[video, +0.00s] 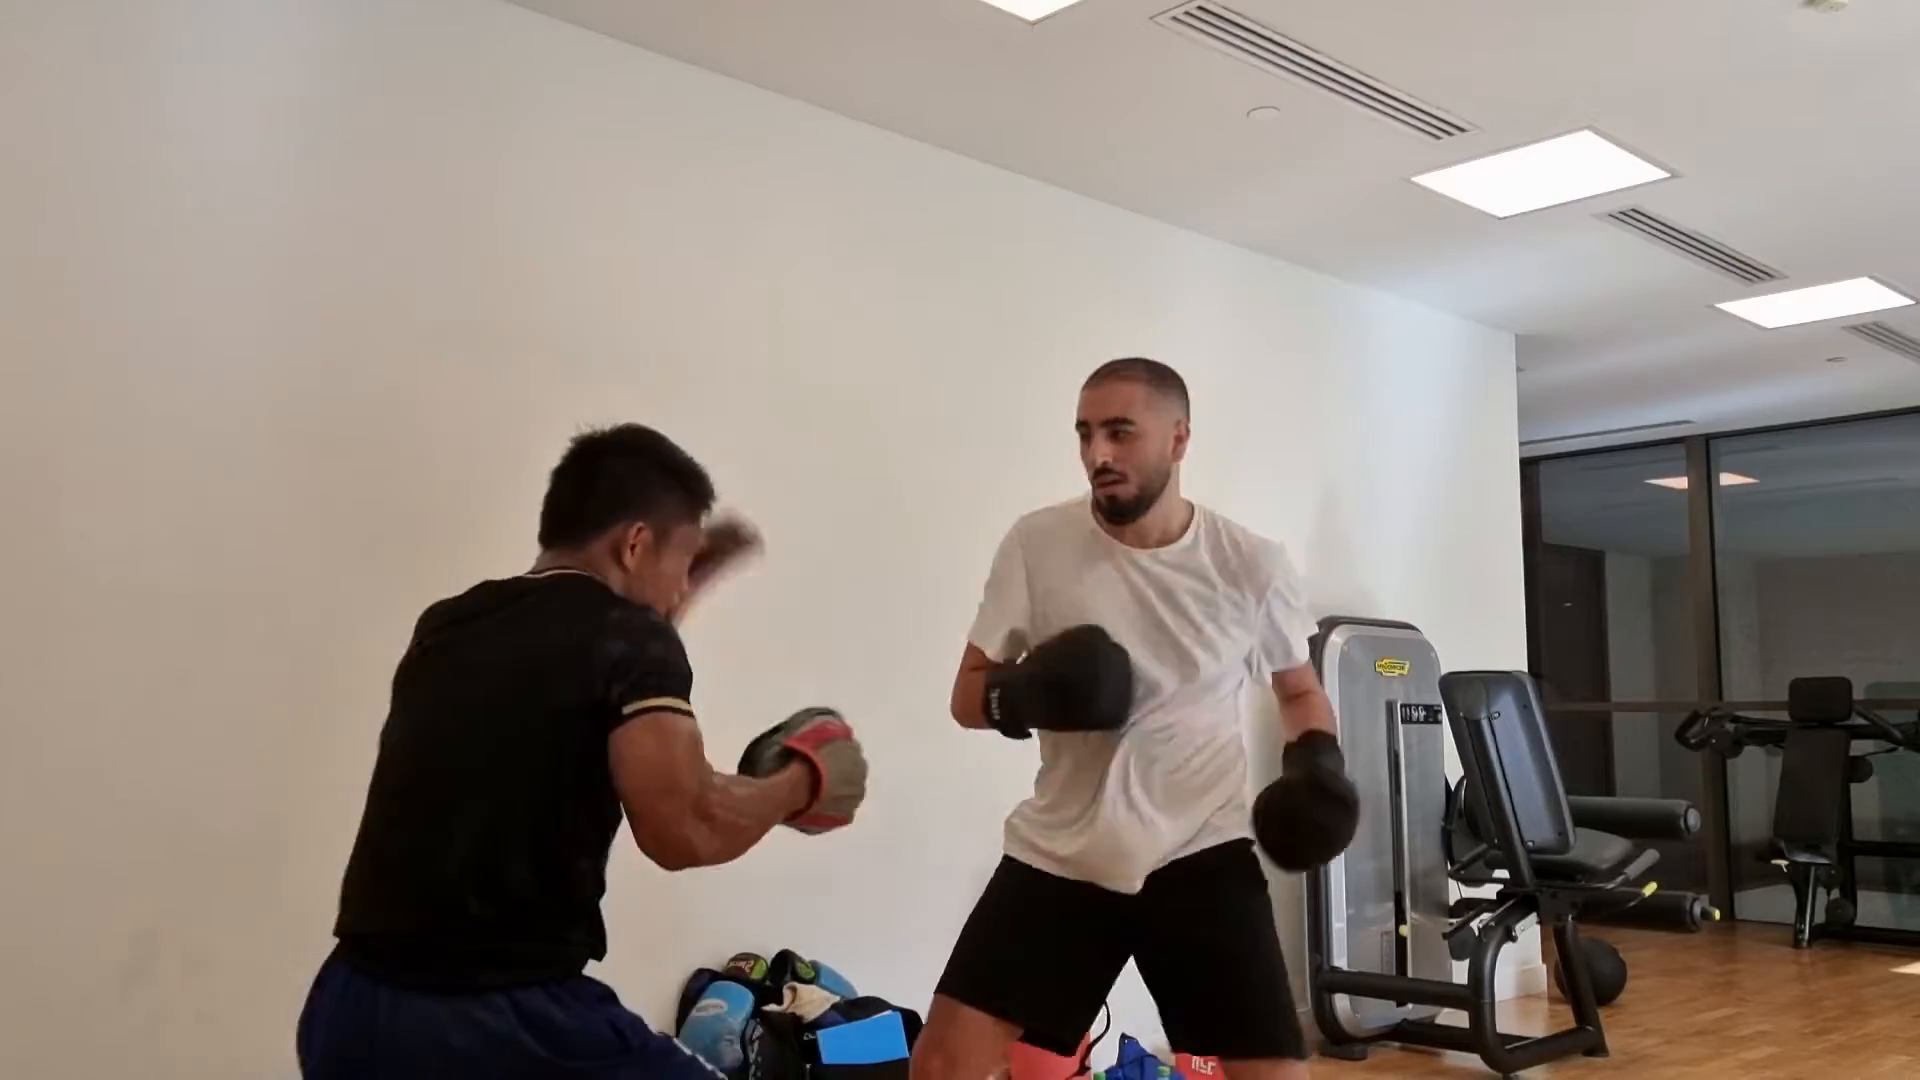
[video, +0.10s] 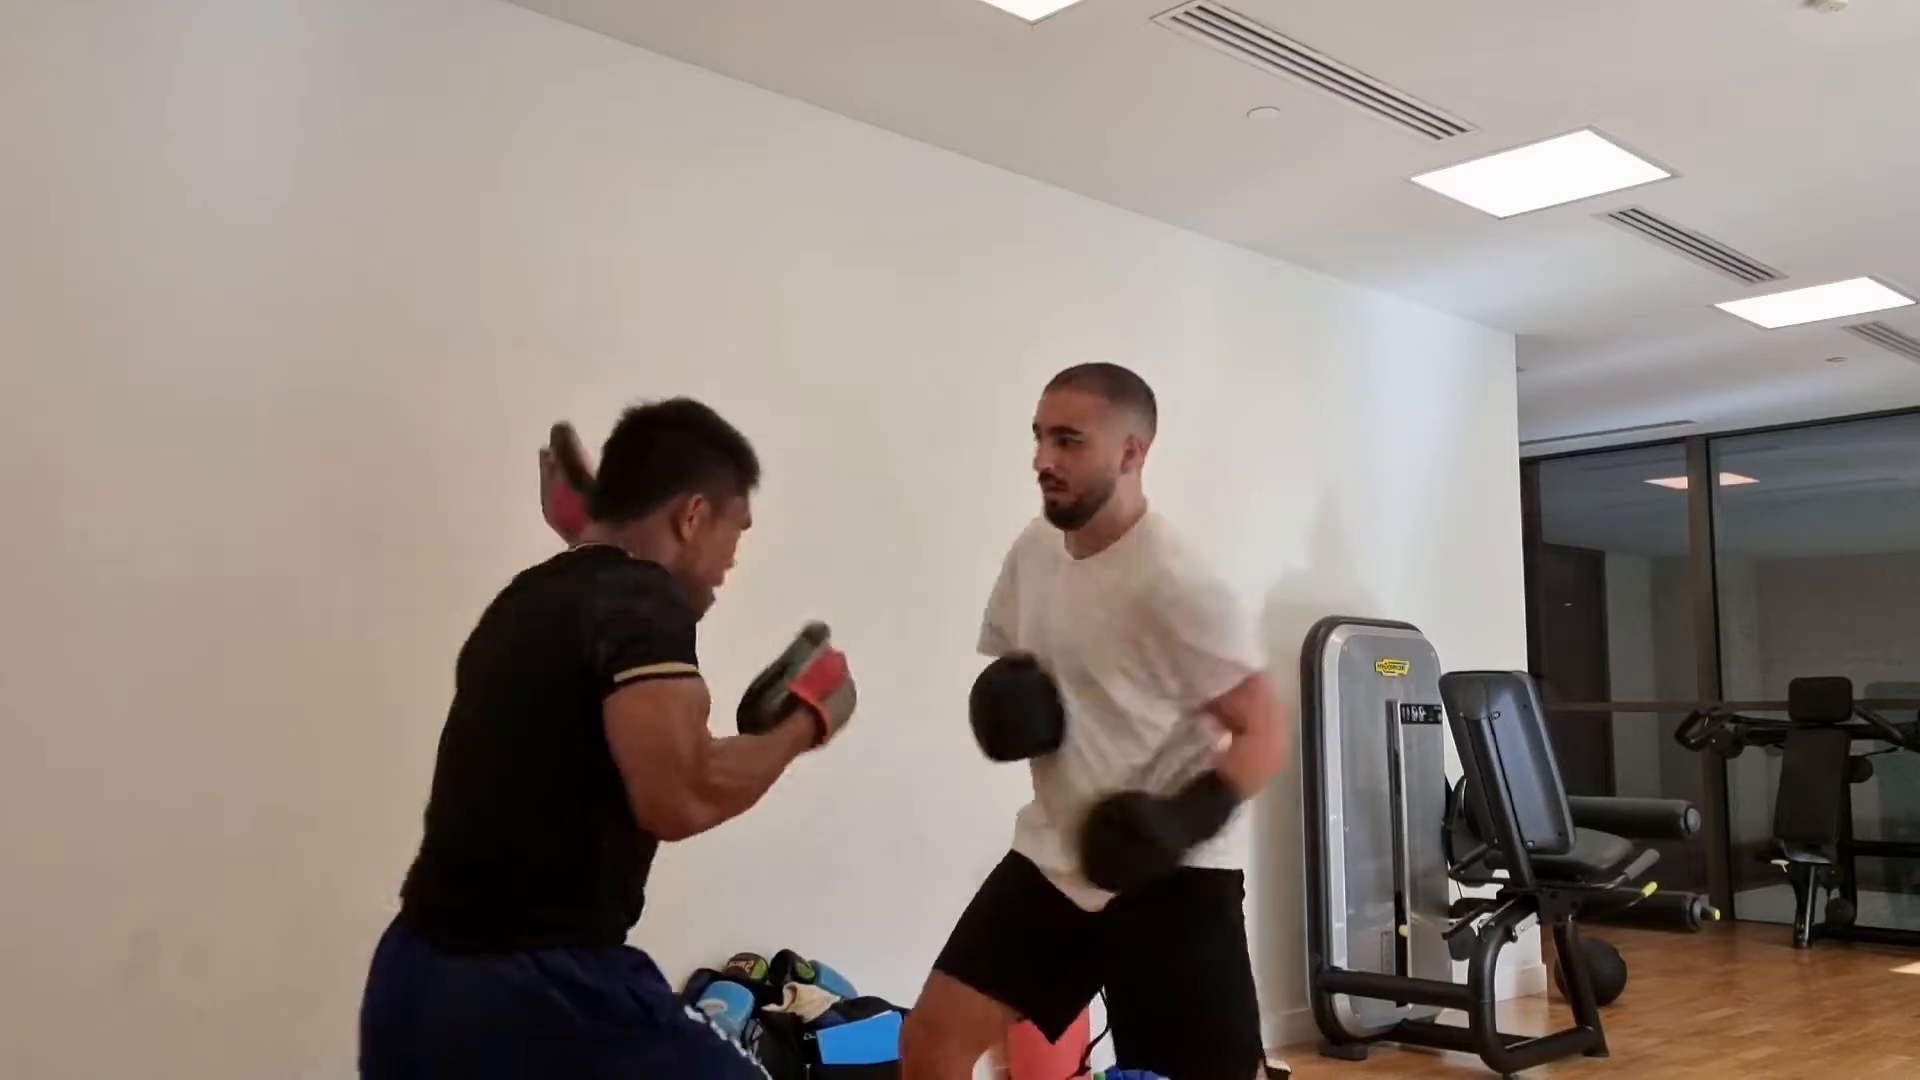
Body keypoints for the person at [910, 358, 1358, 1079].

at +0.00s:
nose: (1098, 454)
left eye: (1121, 431)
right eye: (1087, 434)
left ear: (1179, 439)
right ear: (1075, 441)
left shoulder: (1254, 567)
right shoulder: (1036, 544)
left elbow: (1300, 693)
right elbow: (969, 694)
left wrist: (1317, 767)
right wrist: (1030, 690)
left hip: (1203, 859)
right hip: (1057, 855)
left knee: (1270, 1069)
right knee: (946, 1062)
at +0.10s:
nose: (1043, 461)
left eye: (1068, 441)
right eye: (1039, 439)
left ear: (1132, 454)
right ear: (1034, 443)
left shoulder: (1181, 584)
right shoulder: (1034, 552)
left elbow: (1262, 731)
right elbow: (1005, 670)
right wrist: (1007, 708)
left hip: (1175, 883)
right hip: (1051, 866)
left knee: (1219, 1070)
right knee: (934, 1041)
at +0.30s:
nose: (1035, 451)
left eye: (1056, 427)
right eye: (1025, 431)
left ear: (1118, 427)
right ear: (1016, 434)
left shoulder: (1168, 548)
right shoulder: (1037, 534)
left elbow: (1131, 735)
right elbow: (1055, 677)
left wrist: (1005, 661)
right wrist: (960, 696)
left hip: (1162, 863)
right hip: (1032, 857)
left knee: (1236, 1071)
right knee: (917, 1055)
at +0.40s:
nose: (1036, 450)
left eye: (1053, 426)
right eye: (1022, 433)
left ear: (1114, 420)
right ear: (1014, 443)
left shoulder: (1213, 543)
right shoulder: (1001, 543)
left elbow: (1295, 695)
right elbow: (889, 634)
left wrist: (1211, 709)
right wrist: (912, 560)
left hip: (1176, 853)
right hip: (1023, 856)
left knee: (1254, 1070)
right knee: (923, 1067)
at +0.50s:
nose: (1009, 447)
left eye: (1028, 423)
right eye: (997, 430)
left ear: (1085, 424)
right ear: (989, 441)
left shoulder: (1175, 526)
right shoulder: (991, 551)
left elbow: (1288, 681)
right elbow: (866, 665)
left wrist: (1224, 620)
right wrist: (912, 596)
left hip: (1177, 857)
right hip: (1037, 858)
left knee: (1254, 1071)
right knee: (944, 1063)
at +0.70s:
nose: (1003, 440)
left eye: (1022, 418)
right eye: (990, 424)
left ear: (1078, 419)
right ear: (982, 435)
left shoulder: (1139, 497)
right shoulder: (1006, 558)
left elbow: (1151, 625)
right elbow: (1001, 711)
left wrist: (1016, 589)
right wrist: (1010, 771)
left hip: (1175, 848)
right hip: (1046, 857)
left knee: (1253, 1070)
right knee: (926, 1058)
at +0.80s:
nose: (1071, 419)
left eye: (1092, 398)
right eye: (1054, 404)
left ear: (1138, 411)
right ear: (1041, 423)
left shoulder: (1212, 526)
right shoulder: (998, 548)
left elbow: (1280, 692)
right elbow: (983, 719)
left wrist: (1169, 663)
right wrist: (1067, 786)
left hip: (1198, 853)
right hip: (1044, 856)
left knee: (1277, 1063)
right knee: (948, 1061)